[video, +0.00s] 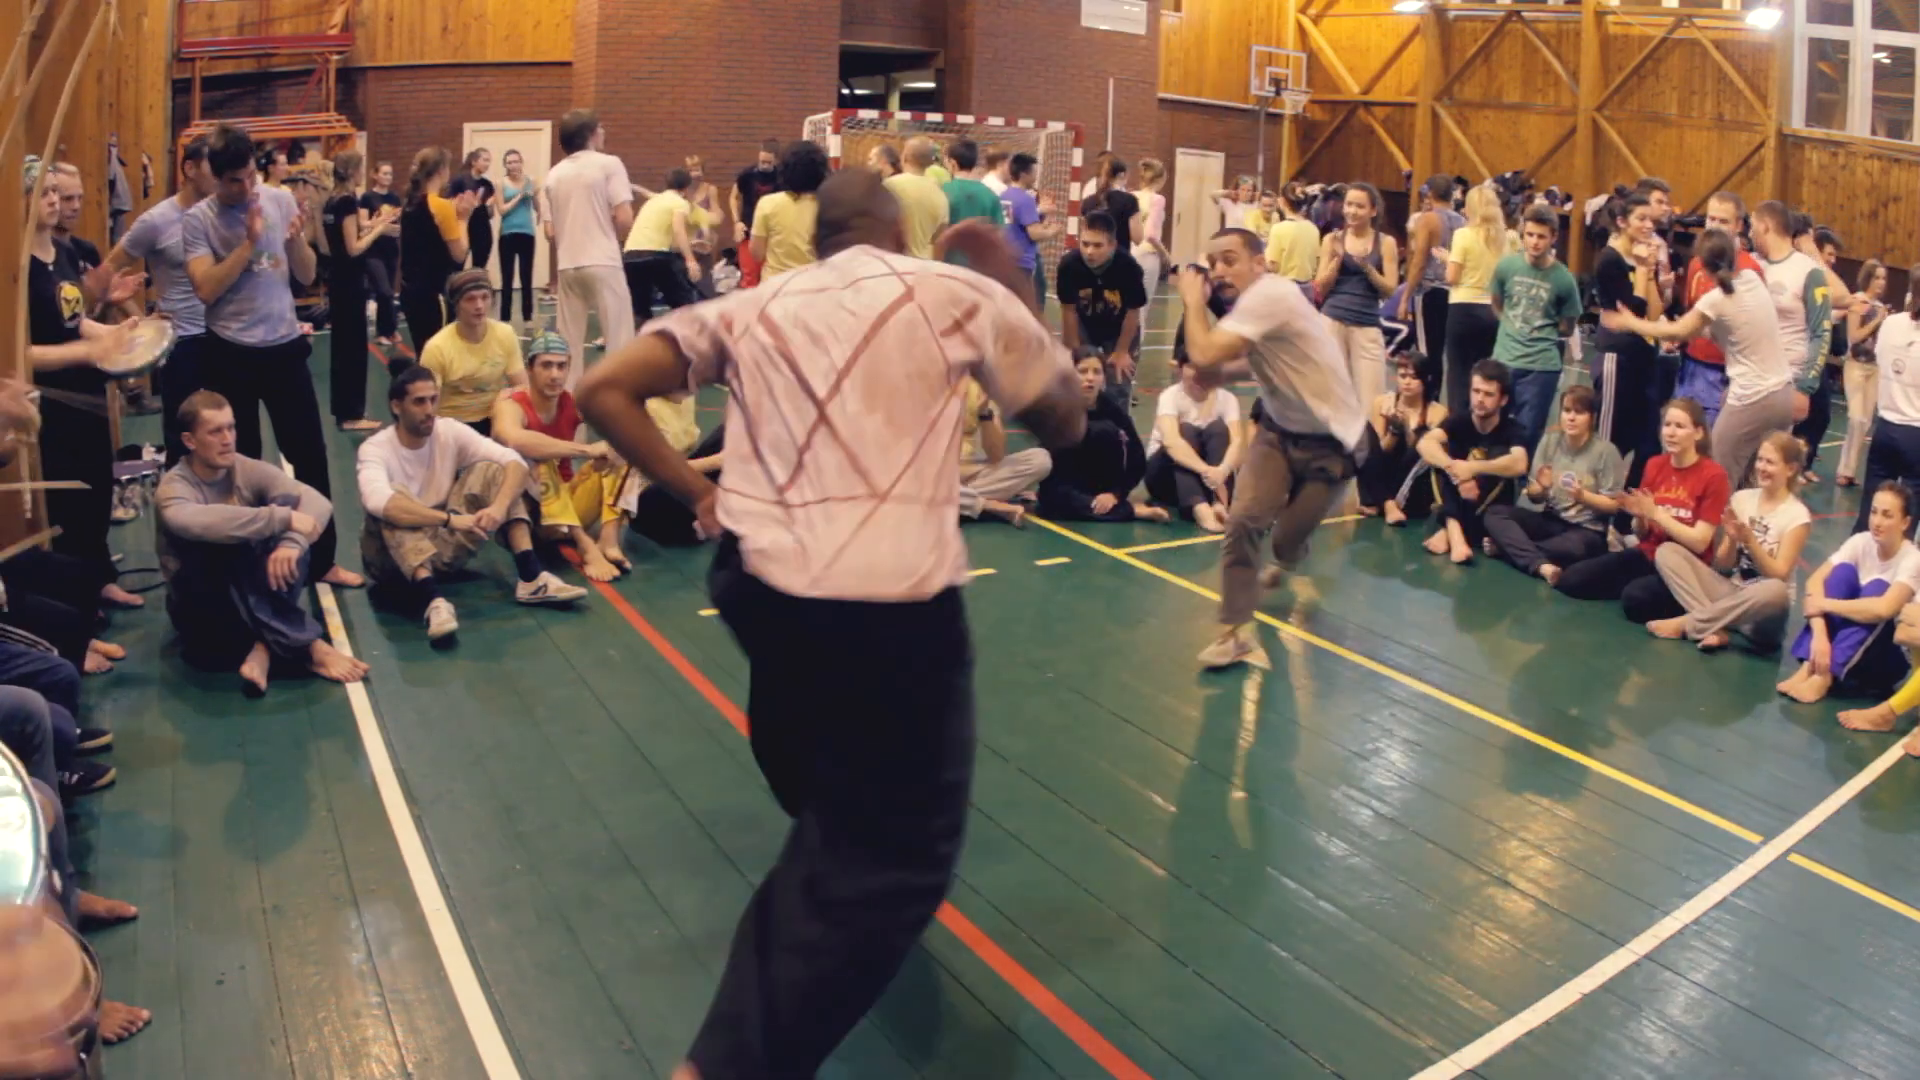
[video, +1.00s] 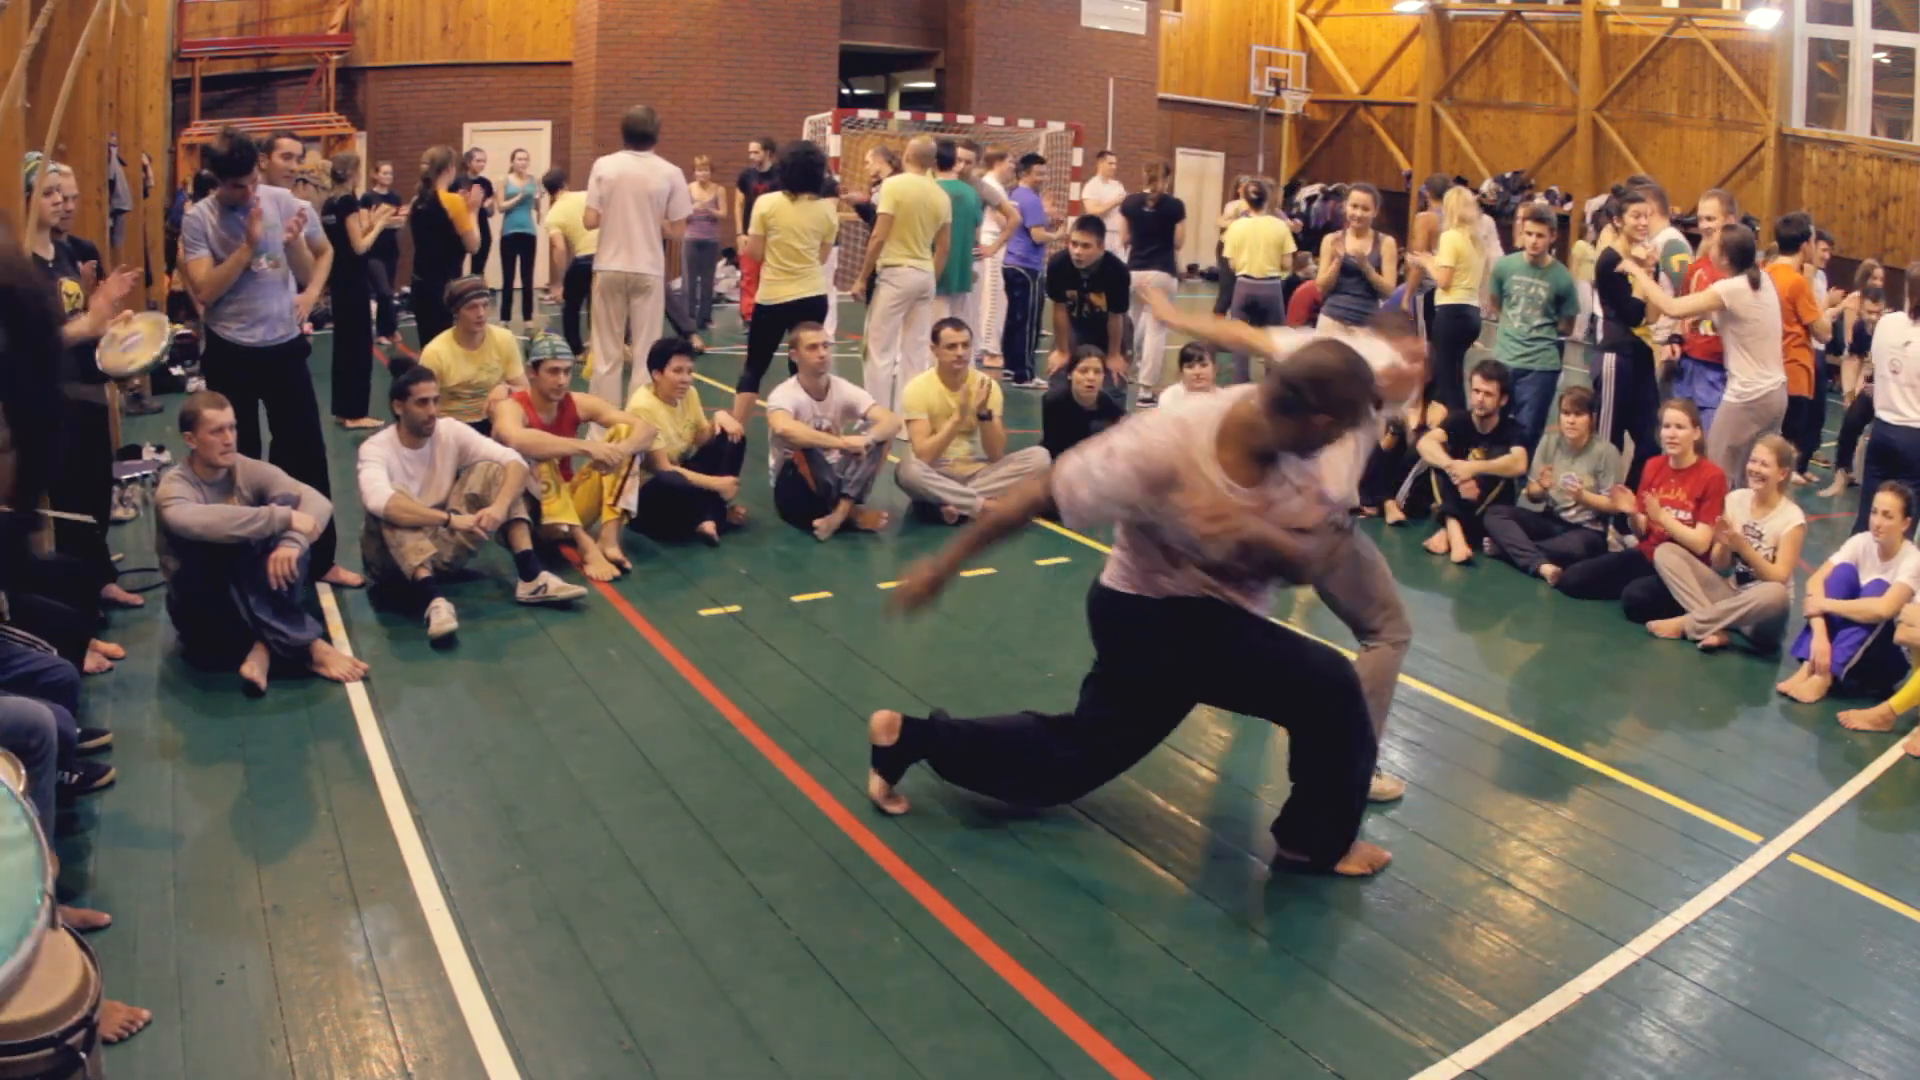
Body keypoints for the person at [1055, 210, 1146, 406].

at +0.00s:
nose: (1090, 252)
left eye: (1098, 246)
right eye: (1085, 244)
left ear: (1113, 245)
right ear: (1079, 241)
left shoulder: (1128, 268)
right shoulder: (1069, 266)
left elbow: (1132, 313)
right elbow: (1069, 312)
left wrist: (1122, 351)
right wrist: (1072, 351)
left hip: (1118, 334)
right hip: (1085, 332)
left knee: (1116, 388)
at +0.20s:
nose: (1083, 261)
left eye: (1090, 254)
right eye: (1078, 253)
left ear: (1105, 251)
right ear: (1071, 248)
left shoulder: (1121, 272)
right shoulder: (1061, 271)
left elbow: (1124, 316)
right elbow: (1063, 314)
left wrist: (1115, 353)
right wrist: (1068, 350)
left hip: (1113, 339)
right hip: (1079, 339)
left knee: (1114, 391)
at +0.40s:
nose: (1079, 257)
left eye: (1086, 250)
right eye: (1074, 249)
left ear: (1101, 249)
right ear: (1067, 246)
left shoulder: (1116, 271)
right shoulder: (1057, 266)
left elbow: (1117, 317)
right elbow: (1060, 311)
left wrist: (1114, 354)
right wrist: (1065, 349)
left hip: (1108, 332)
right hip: (1074, 331)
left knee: (1114, 386)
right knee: (1061, 381)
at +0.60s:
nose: (1079, 256)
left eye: (1086, 249)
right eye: (1074, 249)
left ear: (1100, 248)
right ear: (1067, 246)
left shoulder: (1113, 268)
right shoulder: (1057, 264)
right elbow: (1060, 311)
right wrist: (1066, 349)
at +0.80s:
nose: (1078, 252)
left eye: (1086, 246)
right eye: (1074, 245)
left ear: (1101, 247)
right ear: (1068, 242)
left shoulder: (1116, 270)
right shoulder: (1057, 265)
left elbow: (1115, 316)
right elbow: (1060, 310)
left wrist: (1113, 354)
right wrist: (1062, 350)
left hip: (1106, 333)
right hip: (1071, 332)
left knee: (1113, 386)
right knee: (1058, 384)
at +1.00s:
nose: (1078, 252)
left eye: (1086, 246)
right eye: (1074, 244)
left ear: (1101, 247)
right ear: (1068, 242)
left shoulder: (1117, 271)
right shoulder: (1058, 265)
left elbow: (1115, 316)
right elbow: (1060, 309)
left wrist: (1114, 354)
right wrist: (1062, 350)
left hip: (1107, 332)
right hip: (1072, 331)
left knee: (1113, 387)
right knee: (1058, 385)